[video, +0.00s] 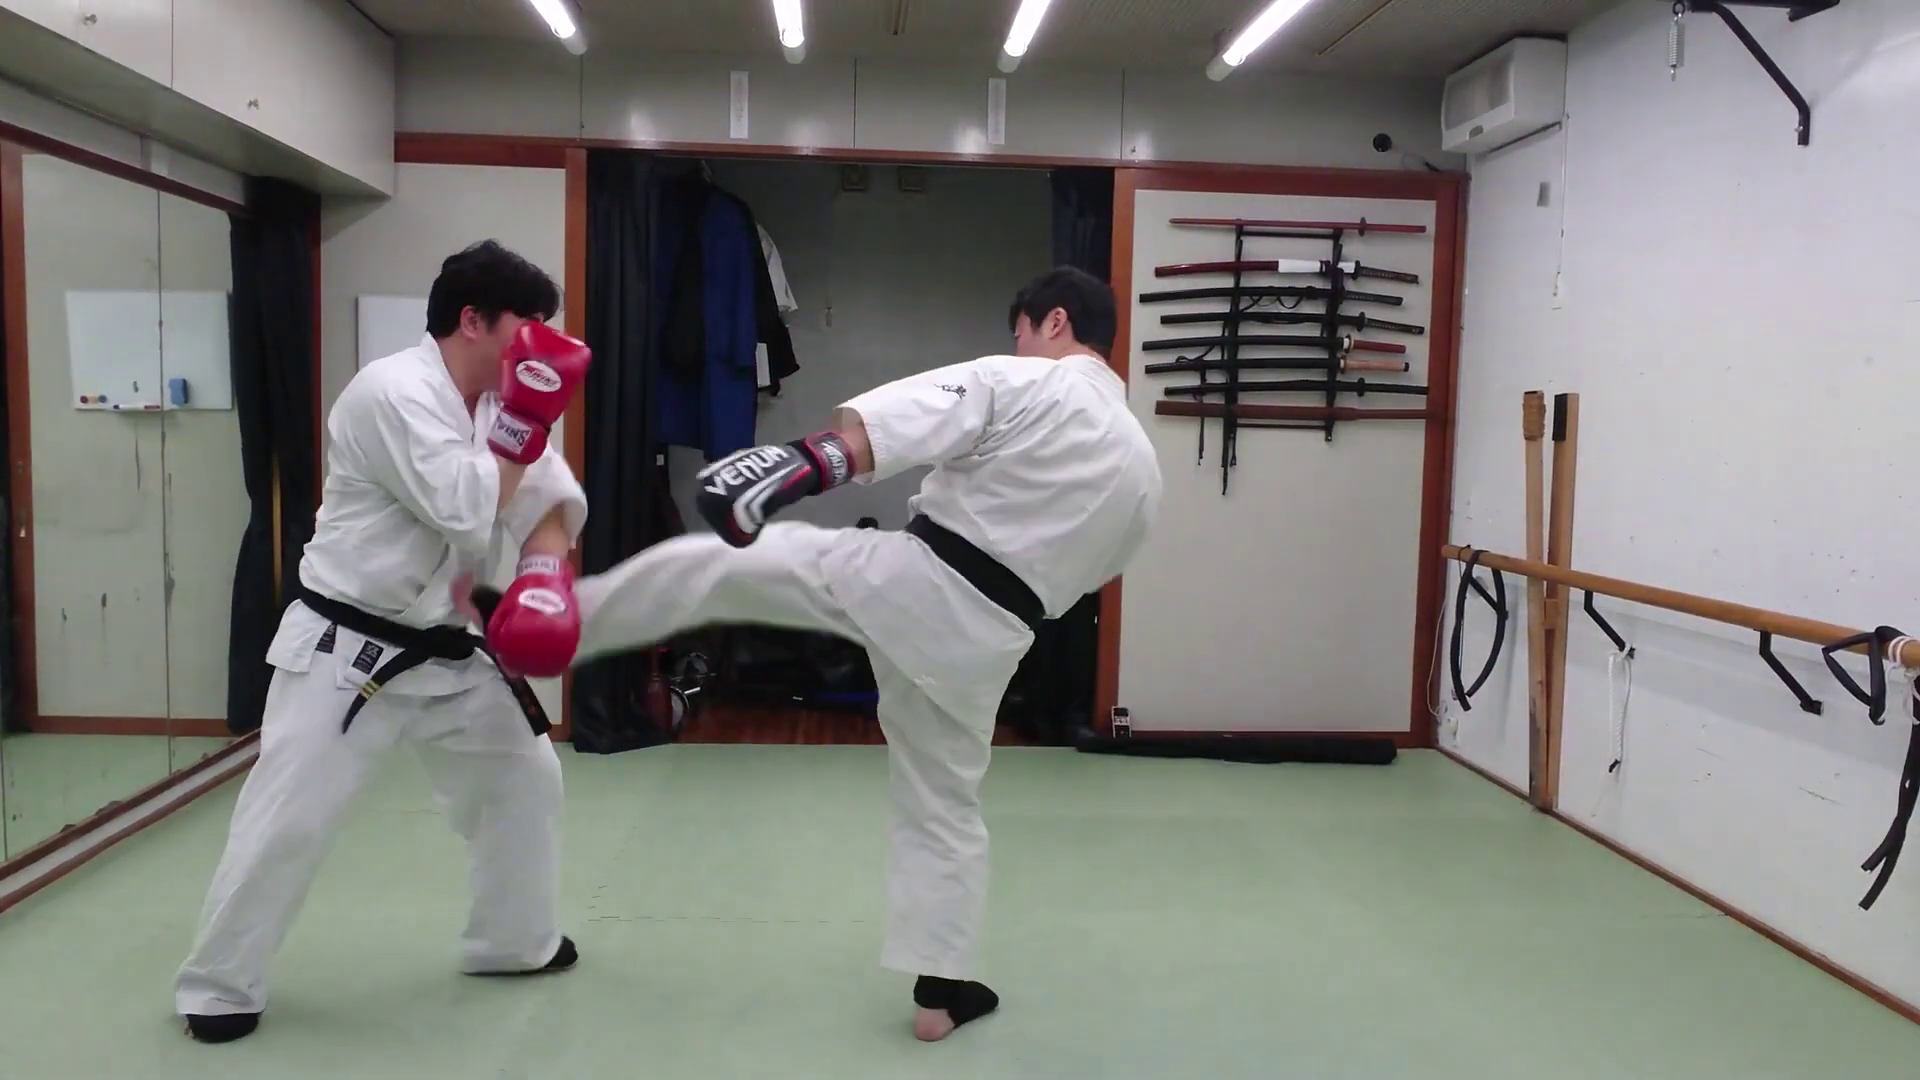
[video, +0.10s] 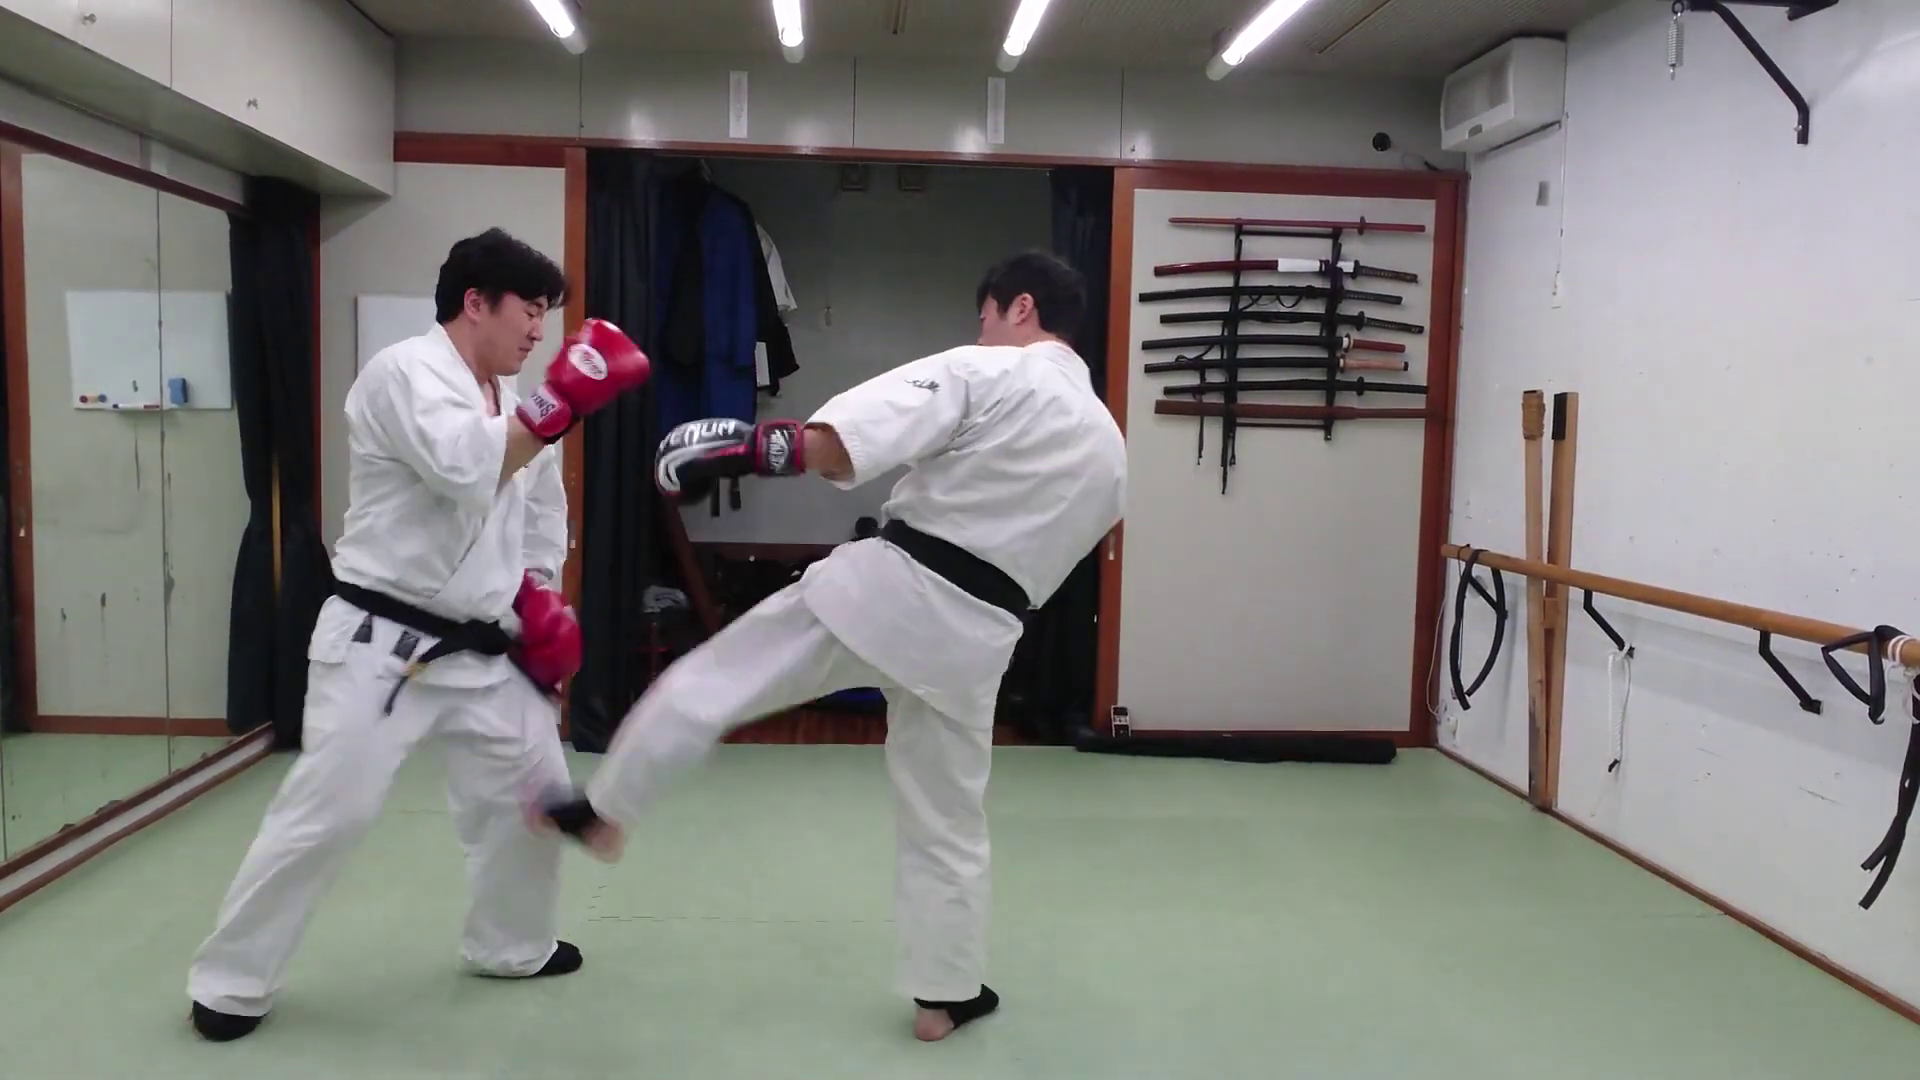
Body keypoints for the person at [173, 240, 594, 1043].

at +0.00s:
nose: (534, 351)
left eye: (539, 336)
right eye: (526, 332)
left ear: (483, 328)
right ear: (473, 323)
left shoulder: (496, 407)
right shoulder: (392, 389)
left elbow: (555, 507)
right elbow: (464, 516)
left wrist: (541, 576)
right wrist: (522, 431)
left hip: (448, 651)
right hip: (344, 642)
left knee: (527, 777)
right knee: (287, 819)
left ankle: (510, 942)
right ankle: (219, 987)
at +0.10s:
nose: (538, 330)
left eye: (544, 316)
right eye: (528, 309)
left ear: (488, 312)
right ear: (475, 302)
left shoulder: (519, 408)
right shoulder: (405, 370)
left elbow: (544, 520)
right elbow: (463, 465)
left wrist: (542, 605)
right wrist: (555, 404)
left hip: (483, 647)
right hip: (379, 634)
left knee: (531, 788)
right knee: (331, 809)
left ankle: (508, 946)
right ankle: (230, 980)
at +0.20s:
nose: (536, 329)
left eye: (542, 315)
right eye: (528, 310)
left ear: (489, 304)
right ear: (474, 297)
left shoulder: (490, 389)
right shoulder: (414, 358)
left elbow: (488, 502)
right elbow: (461, 447)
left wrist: (562, 527)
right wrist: (559, 442)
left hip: (504, 617)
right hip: (427, 611)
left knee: (548, 778)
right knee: (474, 766)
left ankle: (511, 943)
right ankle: (319, 877)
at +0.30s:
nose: (534, 331)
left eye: (541, 319)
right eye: (524, 314)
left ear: (480, 313)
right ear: (472, 304)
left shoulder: (474, 378)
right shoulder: (436, 359)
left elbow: (491, 477)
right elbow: (434, 475)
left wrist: (567, 449)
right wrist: (511, 521)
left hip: (436, 593)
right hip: (452, 581)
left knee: (525, 756)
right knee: (605, 668)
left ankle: (512, 944)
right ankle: (498, 822)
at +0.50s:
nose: (519, 335)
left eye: (524, 323)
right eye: (509, 317)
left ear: (465, 317)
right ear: (457, 308)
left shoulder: (481, 388)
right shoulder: (431, 368)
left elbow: (503, 470)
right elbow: (429, 473)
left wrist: (553, 419)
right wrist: (457, 572)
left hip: (440, 597)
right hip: (475, 572)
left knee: (547, 759)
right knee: (621, 658)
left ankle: (511, 944)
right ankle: (713, 799)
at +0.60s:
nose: (512, 326)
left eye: (518, 312)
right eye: (500, 308)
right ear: (448, 304)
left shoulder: (476, 388)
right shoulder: (414, 366)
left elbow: (492, 482)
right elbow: (416, 478)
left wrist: (550, 439)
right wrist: (486, 538)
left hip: (492, 580)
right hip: (449, 582)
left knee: (542, 756)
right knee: (567, 702)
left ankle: (509, 942)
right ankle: (652, 864)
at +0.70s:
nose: (505, 313)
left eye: (510, 299)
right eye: (491, 296)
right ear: (439, 294)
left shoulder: (476, 396)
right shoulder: (393, 361)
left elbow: (491, 493)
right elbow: (391, 463)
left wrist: (549, 458)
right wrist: (498, 470)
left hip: (498, 594)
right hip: (436, 589)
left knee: (546, 759)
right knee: (495, 751)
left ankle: (531, 941)